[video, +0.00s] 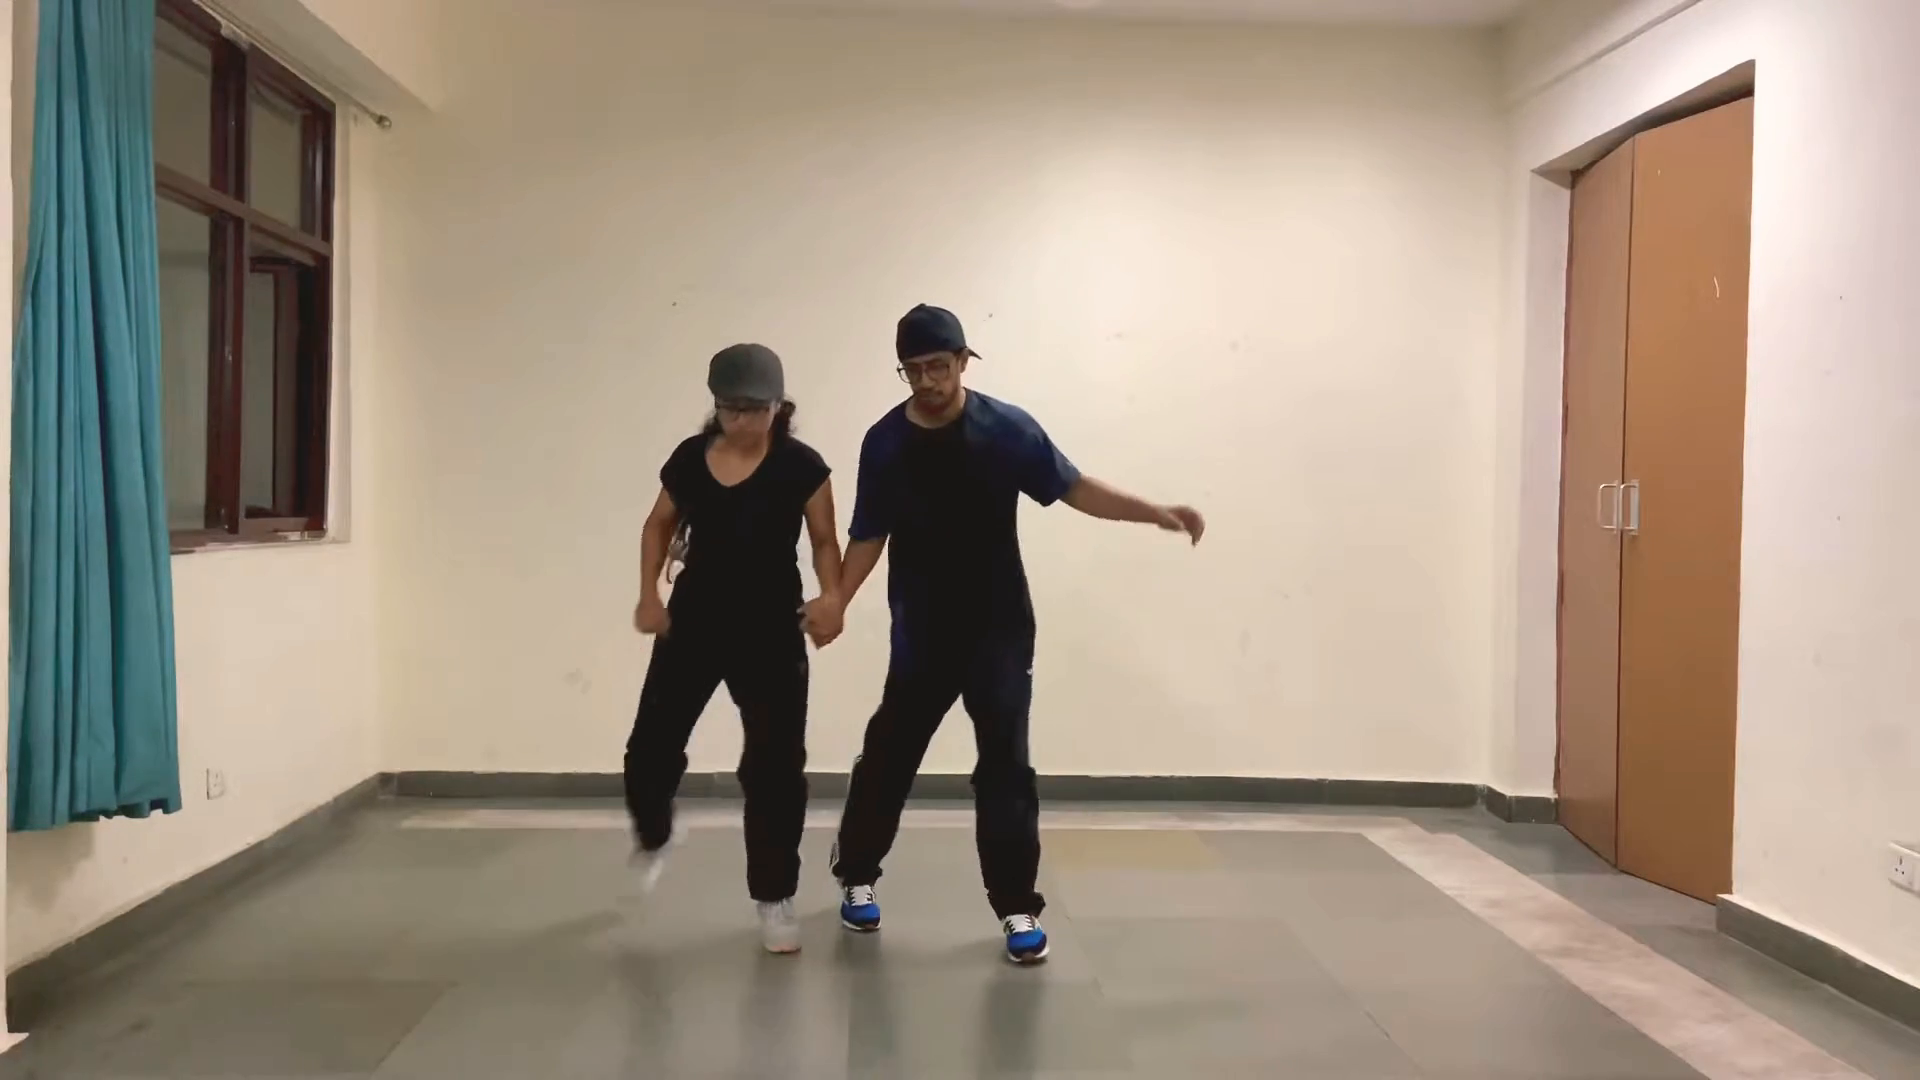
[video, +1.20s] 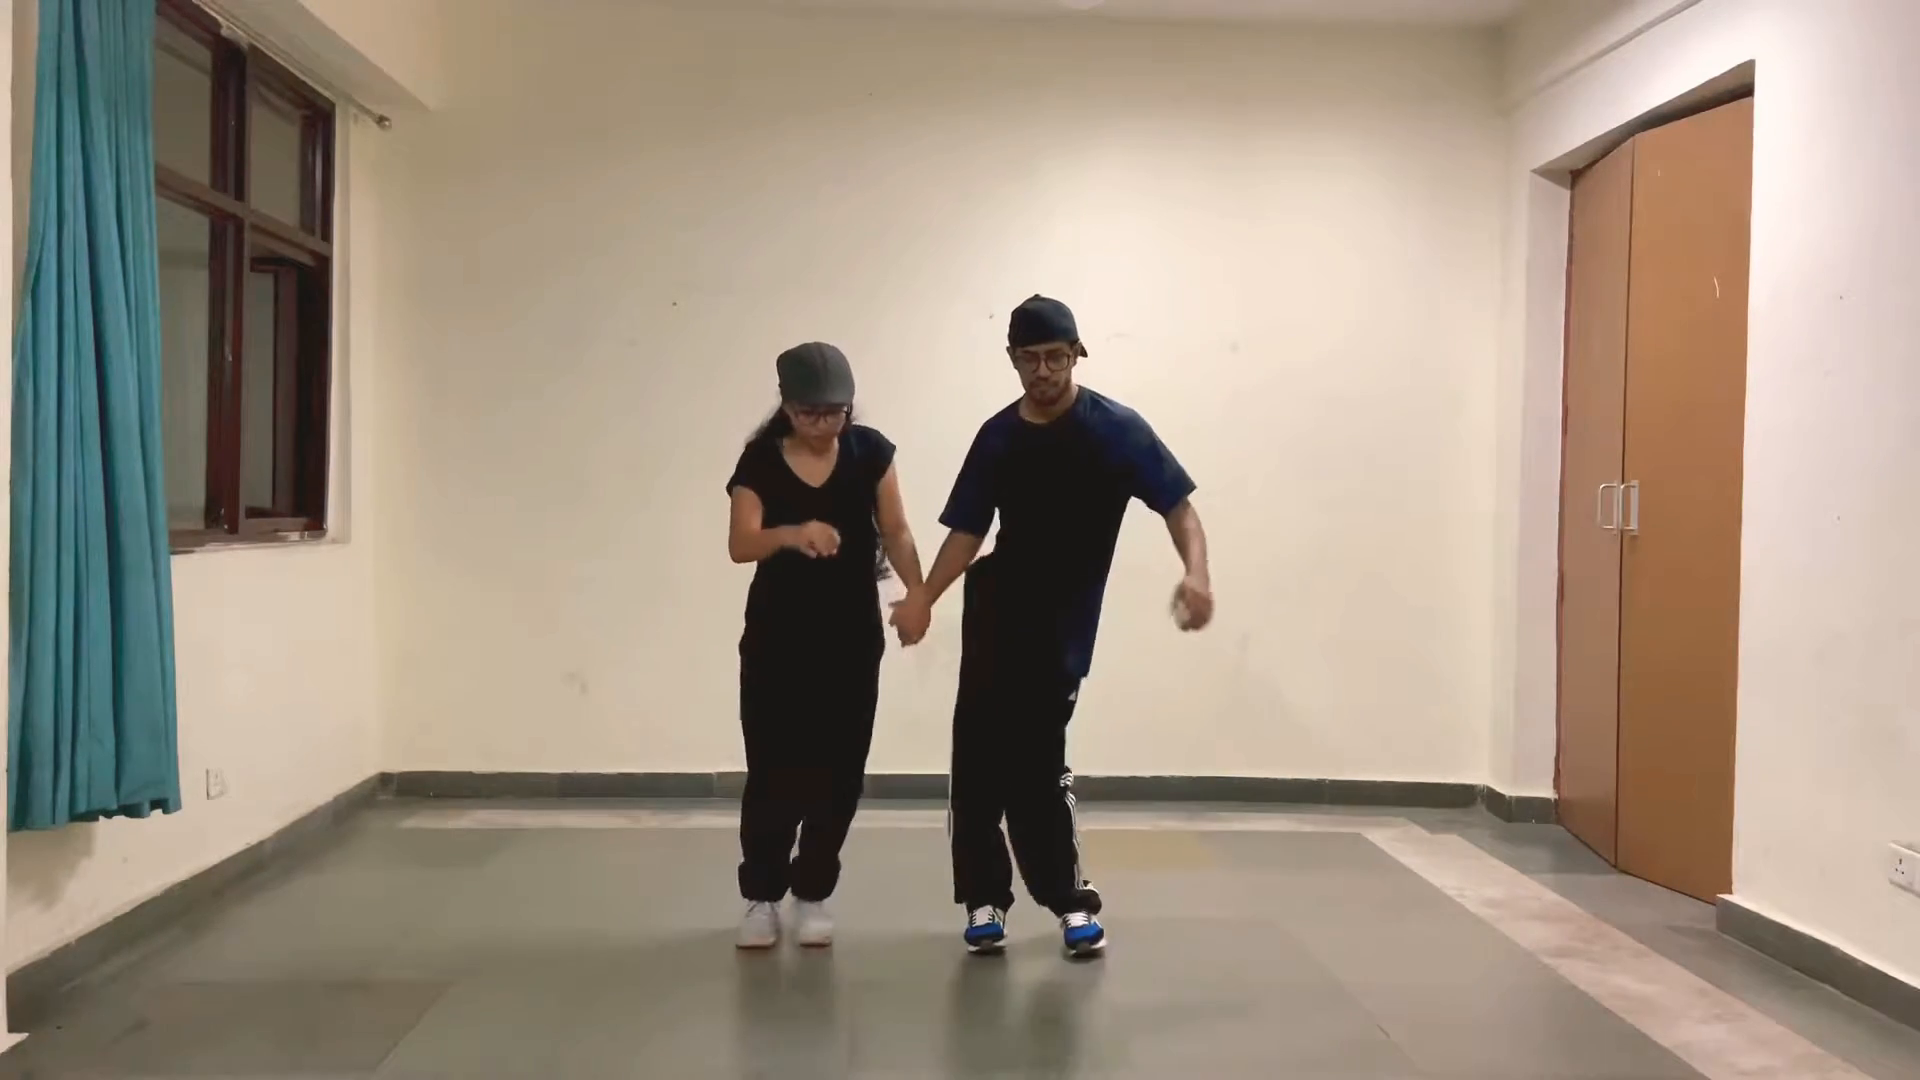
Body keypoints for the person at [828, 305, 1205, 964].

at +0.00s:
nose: (931, 381)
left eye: (942, 366)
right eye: (917, 369)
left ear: (964, 361)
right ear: (903, 370)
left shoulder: (1007, 430)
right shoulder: (886, 443)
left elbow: (1075, 488)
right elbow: (866, 537)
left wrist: (1159, 514)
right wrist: (833, 602)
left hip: (999, 627)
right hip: (922, 629)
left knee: (1006, 763)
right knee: (891, 752)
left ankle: (1018, 906)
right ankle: (858, 875)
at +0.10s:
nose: (949, 372)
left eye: (960, 357)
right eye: (935, 359)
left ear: (981, 352)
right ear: (918, 359)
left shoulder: (1022, 419)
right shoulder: (897, 429)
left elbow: (1090, 473)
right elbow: (881, 515)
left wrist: (1170, 483)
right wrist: (861, 571)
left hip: (1022, 622)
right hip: (944, 624)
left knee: (1033, 763)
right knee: (939, 749)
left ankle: (1024, 908)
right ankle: (900, 865)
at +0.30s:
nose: (982, 369)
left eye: (994, 356)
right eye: (969, 356)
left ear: (1013, 353)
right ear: (951, 357)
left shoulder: (1045, 427)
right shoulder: (922, 428)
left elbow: (1104, 505)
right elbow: (901, 525)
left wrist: (1177, 538)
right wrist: (885, 586)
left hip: (1040, 619)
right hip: (966, 623)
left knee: (1044, 761)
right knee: (984, 760)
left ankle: (1032, 909)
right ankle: (992, 902)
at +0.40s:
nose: (993, 374)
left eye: (1005, 361)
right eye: (980, 362)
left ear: (1023, 360)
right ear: (960, 361)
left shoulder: (1056, 430)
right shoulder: (935, 435)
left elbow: (1084, 525)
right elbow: (915, 538)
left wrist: (1132, 607)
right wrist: (886, 620)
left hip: (1046, 622)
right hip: (971, 625)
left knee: (1050, 759)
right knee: (975, 762)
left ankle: (1045, 900)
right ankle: (982, 901)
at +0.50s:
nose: (1001, 379)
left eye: (1013, 366)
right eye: (987, 366)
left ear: (1031, 364)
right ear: (969, 368)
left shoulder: (1061, 435)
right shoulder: (940, 442)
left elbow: (1066, 543)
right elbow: (923, 539)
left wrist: (1058, 633)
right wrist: (899, 626)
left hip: (1059, 611)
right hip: (985, 617)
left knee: (1078, 748)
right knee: (987, 756)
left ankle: (1089, 879)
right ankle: (987, 901)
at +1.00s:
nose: (1030, 371)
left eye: (1042, 359)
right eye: (1017, 359)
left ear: (1062, 359)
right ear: (999, 361)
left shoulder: (1096, 434)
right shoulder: (975, 431)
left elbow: (1133, 530)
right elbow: (958, 515)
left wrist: (1093, 561)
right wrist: (936, 583)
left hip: (1069, 619)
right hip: (993, 618)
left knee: (1081, 756)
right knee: (989, 765)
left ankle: (1134, 873)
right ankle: (990, 898)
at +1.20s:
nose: (1043, 370)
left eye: (1055, 357)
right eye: (1030, 358)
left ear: (1076, 356)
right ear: (1014, 361)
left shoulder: (1119, 433)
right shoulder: (999, 436)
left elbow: (1178, 505)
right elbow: (965, 531)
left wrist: (1196, 573)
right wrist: (923, 596)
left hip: (1063, 622)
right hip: (993, 615)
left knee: (1035, 764)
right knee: (978, 759)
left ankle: (1073, 904)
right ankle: (984, 899)